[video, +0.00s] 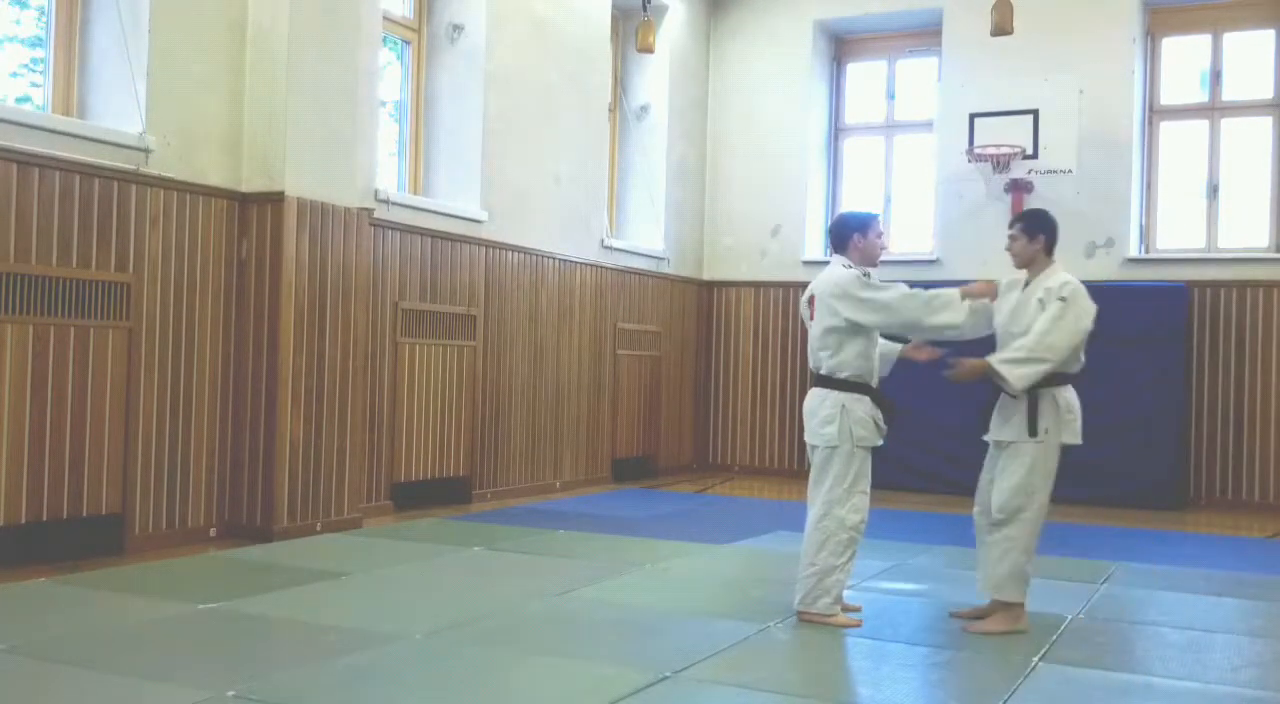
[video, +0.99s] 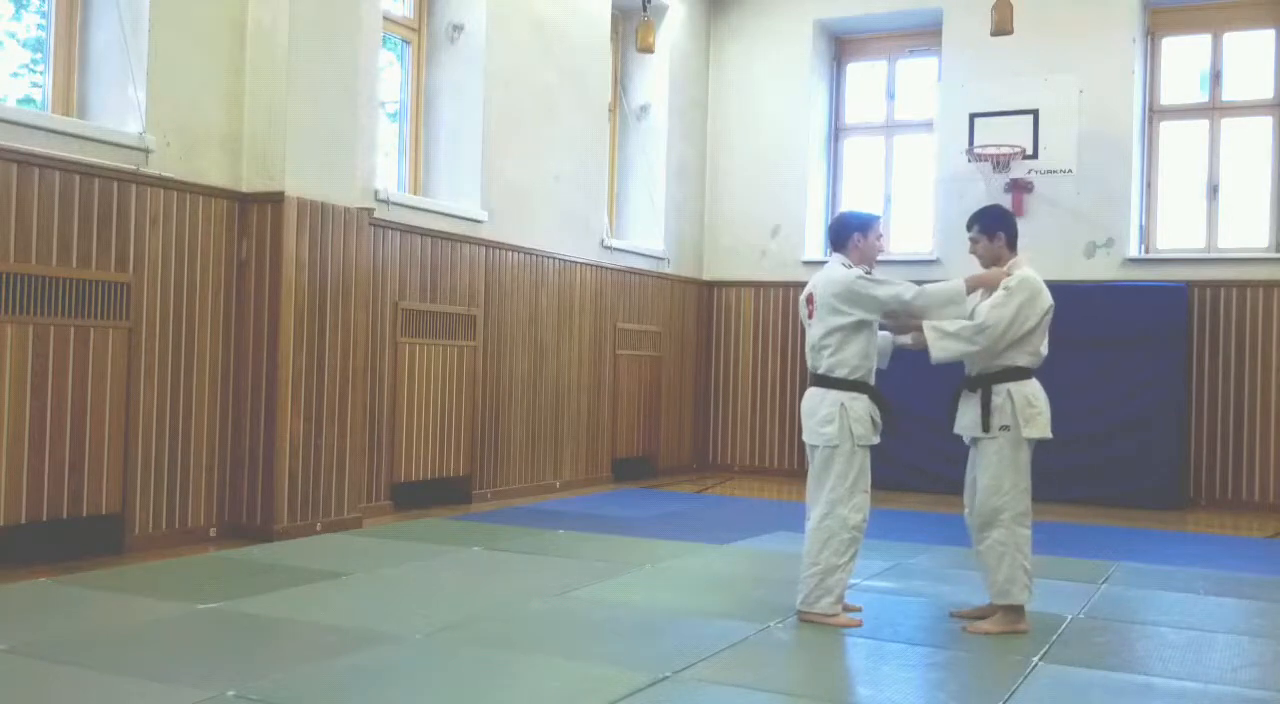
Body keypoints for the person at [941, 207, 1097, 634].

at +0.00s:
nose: (1008, 246)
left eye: (1015, 239)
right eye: (1009, 239)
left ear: (1040, 242)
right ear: (1026, 243)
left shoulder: (1069, 292)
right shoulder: (1012, 289)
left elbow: (1046, 347)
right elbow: (969, 317)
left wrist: (988, 366)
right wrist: (918, 306)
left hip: (1042, 412)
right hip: (1011, 408)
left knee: (1014, 507)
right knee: (989, 505)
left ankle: (1012, 609)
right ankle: (999, 600)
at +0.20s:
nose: (992, 250)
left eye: (997, 241)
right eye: (990, 243)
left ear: (1022, 240)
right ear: (1016, 243)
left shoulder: (1046, 285)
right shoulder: (1018, 285)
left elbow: (1005, 332)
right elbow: (992, 326)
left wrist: (942, 335)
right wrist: (936, 327)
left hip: (1028, 406)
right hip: (1001, 405)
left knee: (1011, 506)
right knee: (986, 505)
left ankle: (1013, 609)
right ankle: (1000, 599)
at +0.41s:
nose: (985, 250)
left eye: (989, 242)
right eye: (982, 243)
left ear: (1013, 239)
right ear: (1008, 242)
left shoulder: (1037, 284)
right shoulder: (1010, 285)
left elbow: (992, 330)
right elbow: (981, 325)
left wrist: (931, 329)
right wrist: (929, 324)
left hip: (1019, 405)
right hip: (995, 404)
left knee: (1009, 507)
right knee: (985, 507)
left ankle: (1014, 610)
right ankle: (1000, 600)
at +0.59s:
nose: (981, 250)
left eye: (986, 242)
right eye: (979, 243)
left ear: (1011, 239)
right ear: (1004, 242)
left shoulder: (1034, 284)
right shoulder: (1005, 285)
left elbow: (993, 332)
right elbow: (981, 326)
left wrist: (932, 330)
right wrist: (931, 324)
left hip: (1016, 405)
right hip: (992, 404)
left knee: (1006, 507)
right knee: (983, 506)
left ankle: (1013, 610)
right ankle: (1000, 600)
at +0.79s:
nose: (979, 252)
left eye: (984, 243)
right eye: (976, 244)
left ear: (1008, 240)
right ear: (998, 243)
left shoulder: (1030, 283)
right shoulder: (994, 285)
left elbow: (991, 325)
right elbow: (966, 322)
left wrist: (932, 320)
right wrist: (918, 324)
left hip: (1012, 405)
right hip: (989, 404)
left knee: (1002, 507)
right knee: (981, 506)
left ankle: (1012, 610)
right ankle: (1000, 600)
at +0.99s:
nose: (973, 252)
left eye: (976, 243)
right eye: (970, 244)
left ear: (1000, 239)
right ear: (998, 241)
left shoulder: (1025, 284)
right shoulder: (999, 285)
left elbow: (982, 334)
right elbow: (972, 329)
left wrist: (919, 335)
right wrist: (911, 328)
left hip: (1009, 405)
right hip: (987, 405)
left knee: (1001, 507)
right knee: (982, 506)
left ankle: (1012, 610)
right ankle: (1000, 600)